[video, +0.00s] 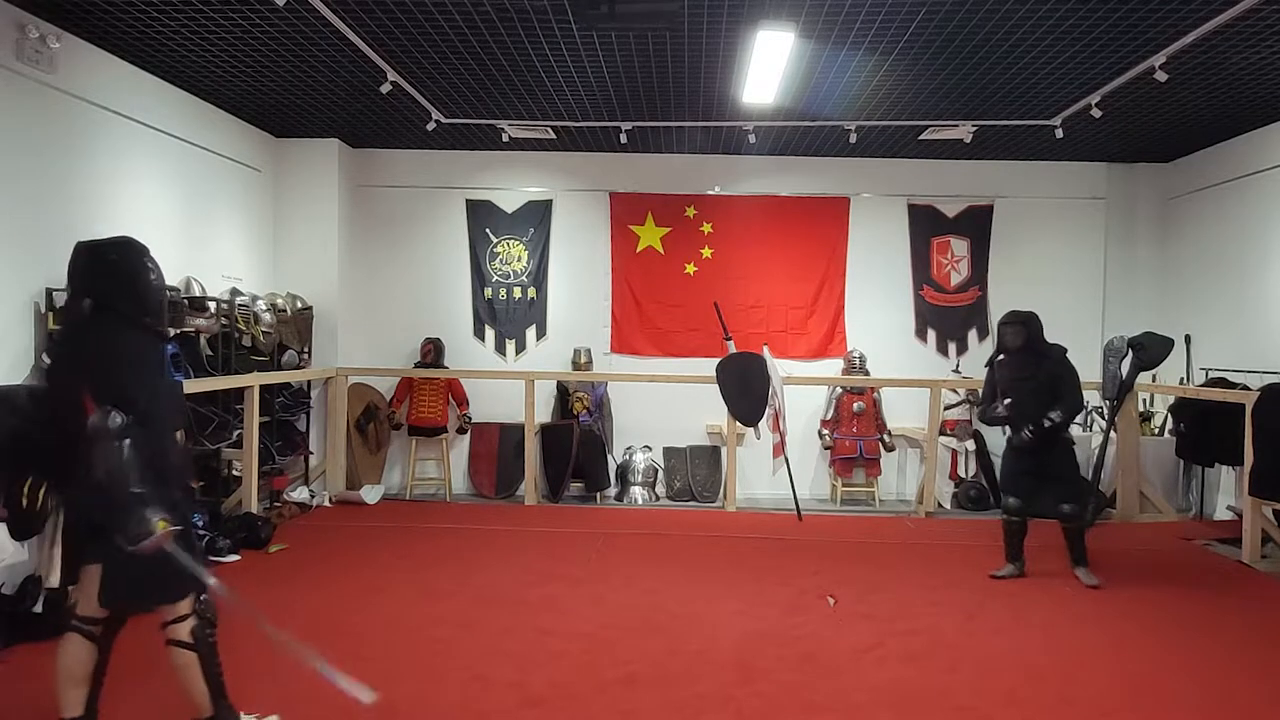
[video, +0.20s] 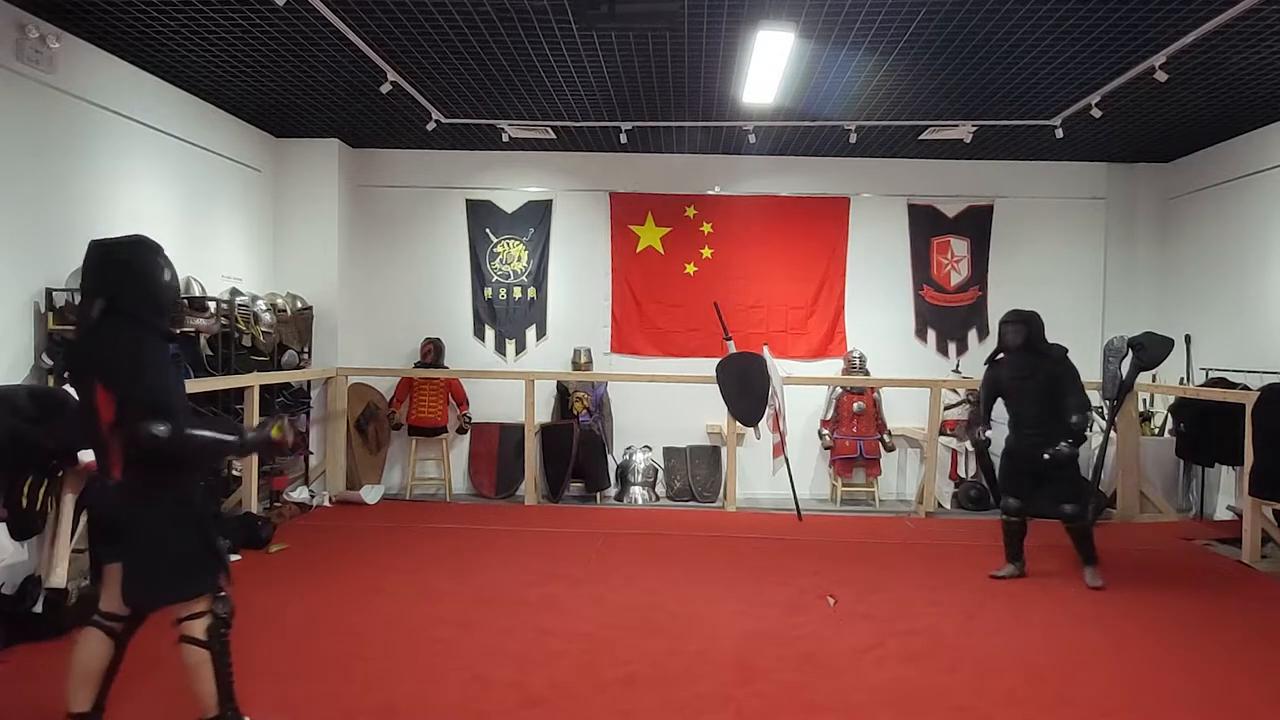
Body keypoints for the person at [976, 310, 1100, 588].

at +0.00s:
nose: (1011, 337)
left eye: (1016, 331)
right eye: (1006, 331)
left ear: (1030, 332)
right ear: (1000, 335)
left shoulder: (1054, 358)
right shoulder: (998, 366)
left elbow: (1074, 401)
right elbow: (984, 412)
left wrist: (1040, 428)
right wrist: (997, 412)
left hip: (1055, 444)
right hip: (1018, 444)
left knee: (1070, 505)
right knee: (1012, 503)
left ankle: (1080, 565)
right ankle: (1014, 563)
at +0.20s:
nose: (1010, 335)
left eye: (1016, 329)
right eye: (1006, 330)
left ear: (1031, 331)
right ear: (1000, 334)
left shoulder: (1055, 361)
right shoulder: (998, 368)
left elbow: (1079, 402)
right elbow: (984, 400)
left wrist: (1072, 439)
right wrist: (980, 424)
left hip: (1057, 443)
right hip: (1019, 444)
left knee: (1071, 506)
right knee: (1011, 503)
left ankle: (1090, 565)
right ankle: (1015, 562)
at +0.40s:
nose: (1021, 335)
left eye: (1027, 329)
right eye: (1016, 330)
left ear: (1042, 331)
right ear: (1012, 334)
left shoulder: (1067, 359)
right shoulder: (1006, 368)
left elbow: (1102, 396)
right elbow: (991, 409)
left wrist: (1107, 433)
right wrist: (984, 445)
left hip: (1061, 445)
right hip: (1023, 446)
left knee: (1073, 510)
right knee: (1014, 506)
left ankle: (1087, 572)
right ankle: (1015, 563)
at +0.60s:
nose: (1036, 335)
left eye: (1043, 329)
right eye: (1032, 329)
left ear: (1058, 332)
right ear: (1026, 334)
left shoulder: (1083, 359)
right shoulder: (1022, 369)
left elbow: (1120, 391)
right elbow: (1008, 408)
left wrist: (1143, 424)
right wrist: (1001, 439)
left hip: (1074, 446)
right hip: (1036, 445)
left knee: (1078, 514)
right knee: (1018, 507)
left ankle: (1089, 575)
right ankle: (1016, 563)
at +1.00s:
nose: (1039, 343)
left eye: (1045, 336)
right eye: (1034, 337)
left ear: (1060, 336)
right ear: (1029, 340)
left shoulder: (1089, 361)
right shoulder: (1028, 373)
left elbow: (1130, 387)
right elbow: (1008, 410)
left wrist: (1164, 411)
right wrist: (983, 404)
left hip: (1083, 451)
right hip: (1043, 449)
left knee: (1084, 517)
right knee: (1018, 507)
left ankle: (1090, 577)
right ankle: (1004, 569)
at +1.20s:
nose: (1016, 347)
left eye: (1021, 341)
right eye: (1014, 342)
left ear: (1041, 339)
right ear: (1014, 343)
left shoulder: (1071, 362)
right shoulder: (1009, 370)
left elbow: (1117, 380)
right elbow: (973, 395)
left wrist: (1157, 392)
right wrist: (947, 380)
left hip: (1068, 457)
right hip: (1028, 458)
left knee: (1081, 522)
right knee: (1009, 517)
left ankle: (1089, 577)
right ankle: (994, 577)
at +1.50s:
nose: (990, 342)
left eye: (996, 335)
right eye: (986, 336)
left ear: (1013, 335)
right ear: (983, 338)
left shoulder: (1043, 360)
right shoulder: (981, 370)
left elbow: (1087, 382)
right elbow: (948, 397)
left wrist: (1135, 399)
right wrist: (917, 411)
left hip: (1038, 453)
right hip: (1000, 455)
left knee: (1047, 522)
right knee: (991, 518)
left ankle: (1057, 574)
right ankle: (990, 581)